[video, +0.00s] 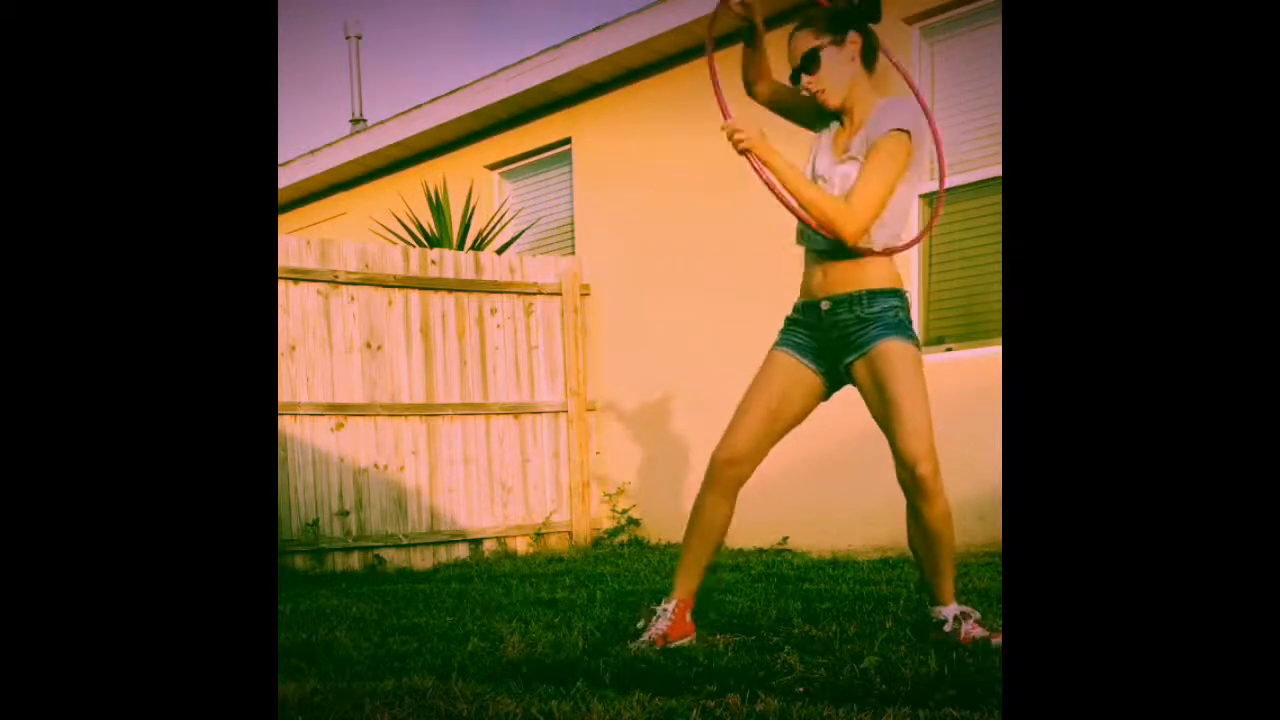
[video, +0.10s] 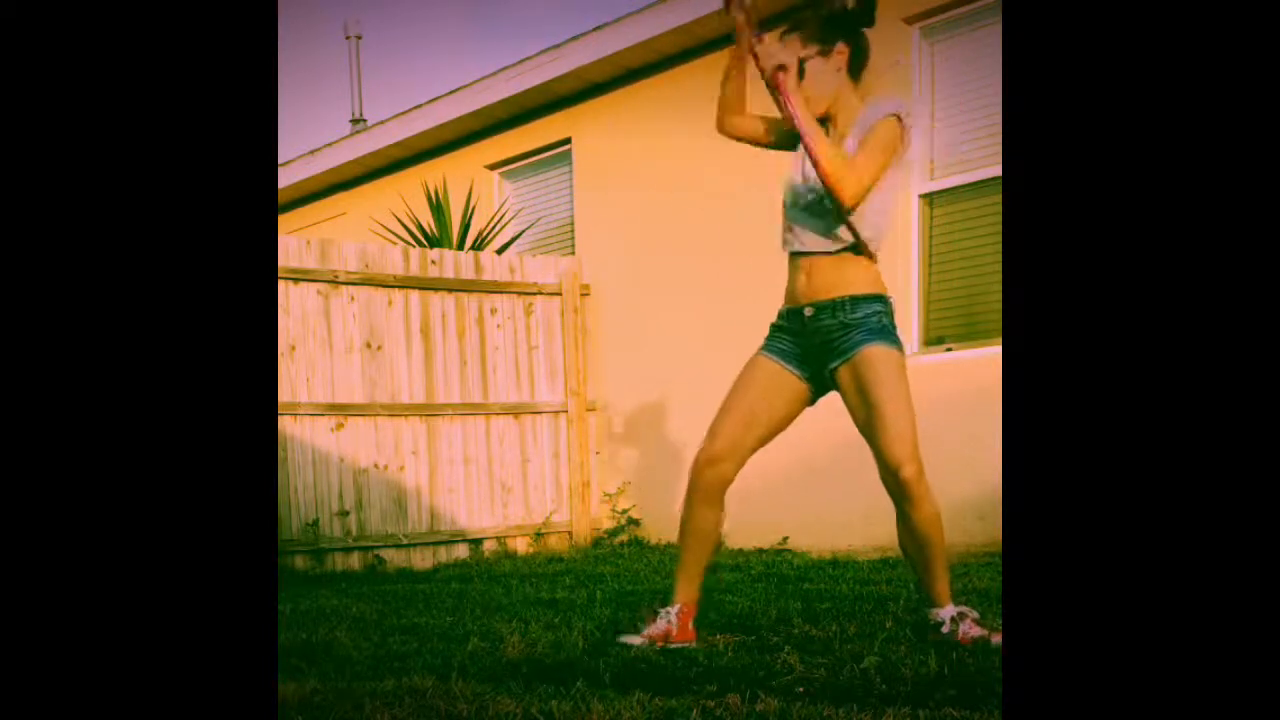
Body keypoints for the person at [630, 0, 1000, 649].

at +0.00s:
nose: (806, 81)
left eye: (812, 62)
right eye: (801, 70)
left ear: (855, 47)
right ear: (826, 65)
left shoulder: (896, 121)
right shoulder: (828, 126)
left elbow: (851, 226)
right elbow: (761, 86)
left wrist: (771, 157)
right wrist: (753, 27)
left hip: (874, 313)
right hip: (809, 320)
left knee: (919, 469)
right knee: (726, 463)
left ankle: (947, 609)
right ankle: (676, 614)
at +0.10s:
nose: (790, 83)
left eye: (796, 68)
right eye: (784, 73)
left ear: (839, 56)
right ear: (812, 65)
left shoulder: (884, 122)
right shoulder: (811, 131)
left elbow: (849, 191)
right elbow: (733, 122)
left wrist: (795, 109)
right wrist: (742, 44)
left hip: (859, 318)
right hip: (793, 327)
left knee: (903, 472)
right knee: (711, 465)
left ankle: (944, 611)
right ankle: (679, 618)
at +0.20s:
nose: (771, 94)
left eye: (777, 78)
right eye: (767, 83)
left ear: (819, 66)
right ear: (778, 82)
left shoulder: (870, 118)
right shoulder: (779, 144)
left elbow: (862, 129)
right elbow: (695, 166)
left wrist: (814, 35)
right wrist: (700, 76)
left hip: (838, 323)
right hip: (771, 334)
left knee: (889, 474)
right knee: (682, 465)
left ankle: (943, 613)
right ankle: (675, 617)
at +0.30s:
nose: (744, 98)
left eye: (752, 85)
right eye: (741, 86)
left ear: (797, 85)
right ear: (767, 89)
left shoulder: (841, 133)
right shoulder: (750, 156)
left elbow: (855, 59)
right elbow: (680, 210)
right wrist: (651, 122)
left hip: (815, 325)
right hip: (747, 336)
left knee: (873, 474)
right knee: (661, 467)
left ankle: (941, 612)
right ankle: (672, 616)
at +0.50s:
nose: (695, 106)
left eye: (705, 96)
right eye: (694, 95)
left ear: (750, 95)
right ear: (730, 97)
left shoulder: (792, 128)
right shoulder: (708, 167)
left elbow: (778, 13)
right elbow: (685, 265)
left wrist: (680, 9)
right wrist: (606, 221)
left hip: (785, 333)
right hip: (720, 345)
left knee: (857, 482)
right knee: (638, 473)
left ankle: (942, 612)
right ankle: (671, 616)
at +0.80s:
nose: (685, 126)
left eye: (694, 109)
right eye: (679, 116)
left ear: (730, 96)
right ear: (681, 118)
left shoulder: (772, 143)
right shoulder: (683, 167)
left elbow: (762, 82)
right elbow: (612, 227)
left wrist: (665, 111)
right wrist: (535, 286)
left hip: (786, 330)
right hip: (720, 347)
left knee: (865, 472)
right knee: (640, 469)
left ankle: (965, 601)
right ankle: (670, 614)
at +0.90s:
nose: (678, 134)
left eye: (685, 120)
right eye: (675, 122)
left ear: (724, 105)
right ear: (696, 113)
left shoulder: (780, 128)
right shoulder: (694, 160)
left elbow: (810, 151)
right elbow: (604, 179)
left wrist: (721, 202)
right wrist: (511, 183)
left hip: (794, 332)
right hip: (727, 349)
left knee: (873, 471)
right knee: (647, 471)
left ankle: (966, 602)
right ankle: (670, 618)